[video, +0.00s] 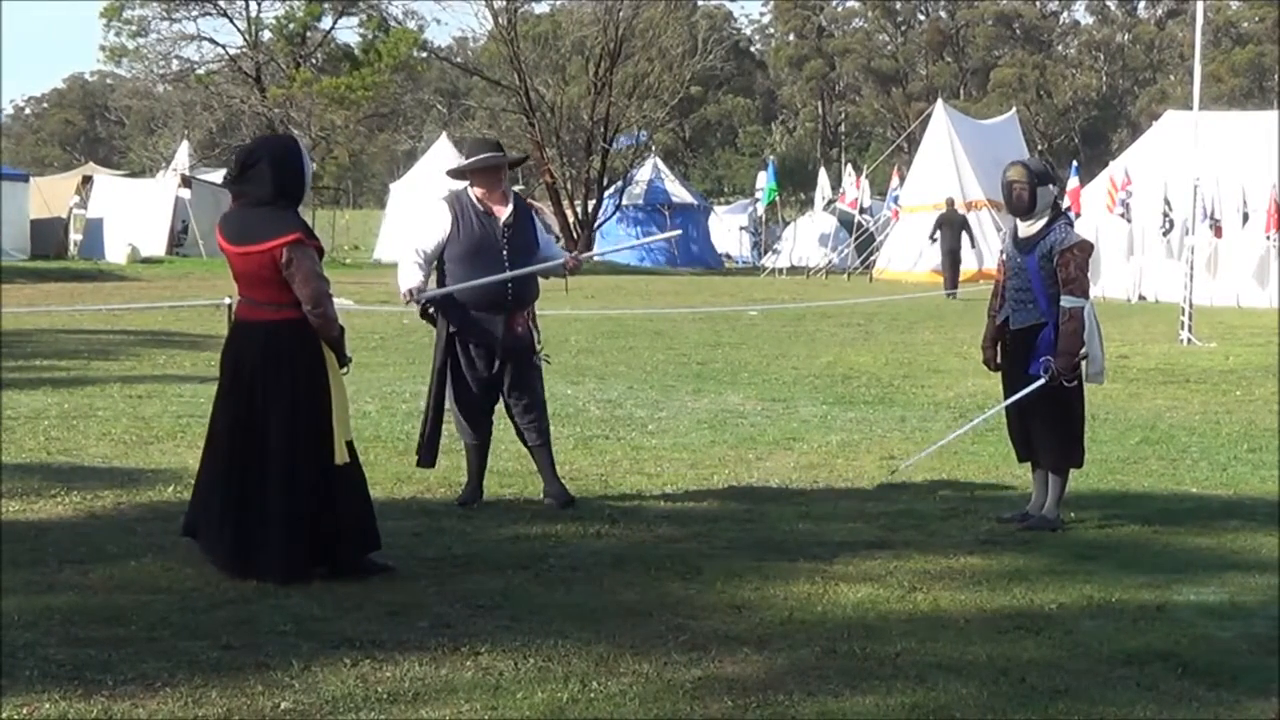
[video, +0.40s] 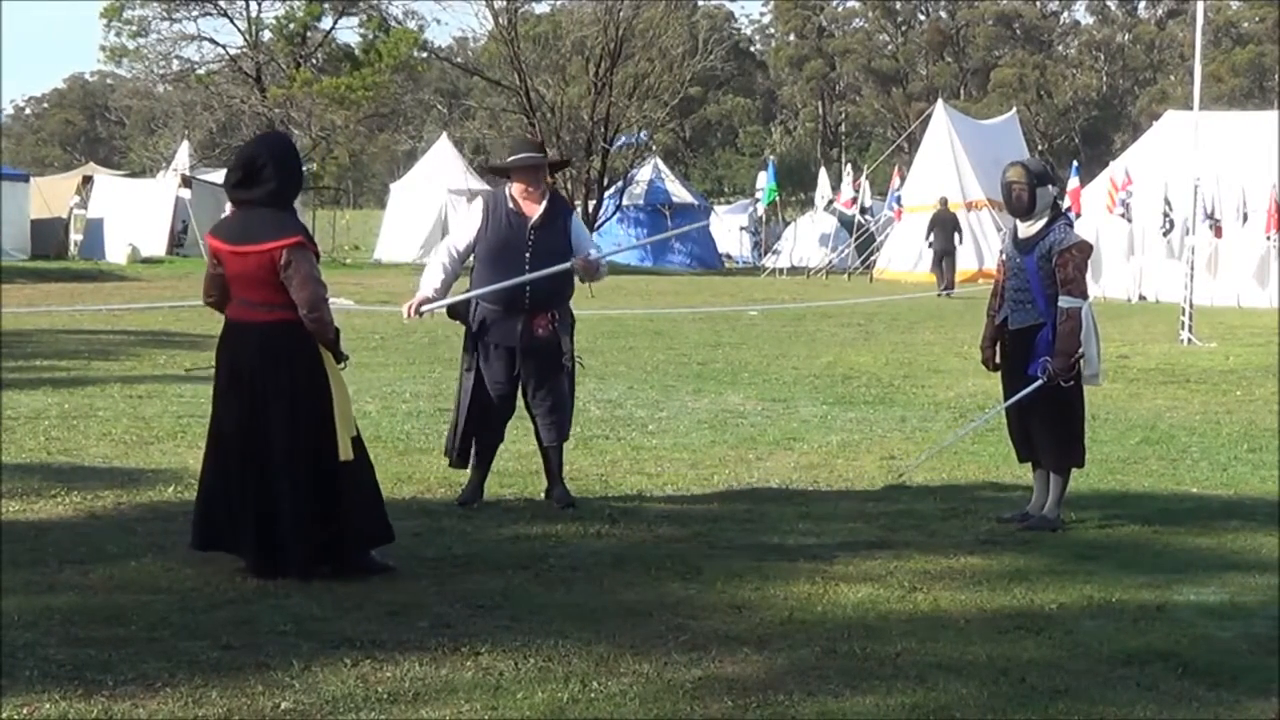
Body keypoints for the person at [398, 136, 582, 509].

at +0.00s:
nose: (490, 178)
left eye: (495, 171)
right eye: (481, 174)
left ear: (505, 171)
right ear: (469, 178)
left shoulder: (524, 211)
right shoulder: (451, 211)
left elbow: (543, 252)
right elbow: (415, 253)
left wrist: (565, 261)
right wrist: (414, 284)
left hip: (517, 322)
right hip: (467, 324)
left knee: (528, 404)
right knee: (472, 407)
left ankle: (551, 481)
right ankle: (473, 483)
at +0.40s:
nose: (530, 184)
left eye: (537, 176)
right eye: (521, 178)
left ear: (547, 176)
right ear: (507, 179)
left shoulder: (563, 214)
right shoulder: (486, 208)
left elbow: (595, 266)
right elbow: (450, 252)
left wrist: (590, 268)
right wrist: (428, 292)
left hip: (547, 326)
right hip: (495, 324)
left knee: (550, 408)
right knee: (489, 409)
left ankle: (556, 484)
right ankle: (475, 482)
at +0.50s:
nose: (538, 182)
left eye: (544, 174)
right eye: (530, 176)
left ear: (556, 174)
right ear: (517, 177)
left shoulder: (573, 214)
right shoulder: (495, 206)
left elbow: (603, 261)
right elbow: (459, 251)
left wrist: (589, 271)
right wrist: (429, 292)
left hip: (552, 325)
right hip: (499, 323)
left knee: (553, 408)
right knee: (490, 408)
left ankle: (556, 484)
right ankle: (475, 482)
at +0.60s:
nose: (541, 180)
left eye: (548, 172)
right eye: (533, 174)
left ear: (560, 173)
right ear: (521, 175)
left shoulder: (576, 212)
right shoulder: (499, 205)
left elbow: (604, 259)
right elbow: (463, 251)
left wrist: (583, 272)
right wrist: (428, 290)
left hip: (554, 326)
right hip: (502, 323)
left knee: (553, 407)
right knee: (494, 407)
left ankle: (556, 483)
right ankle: (477, 481)